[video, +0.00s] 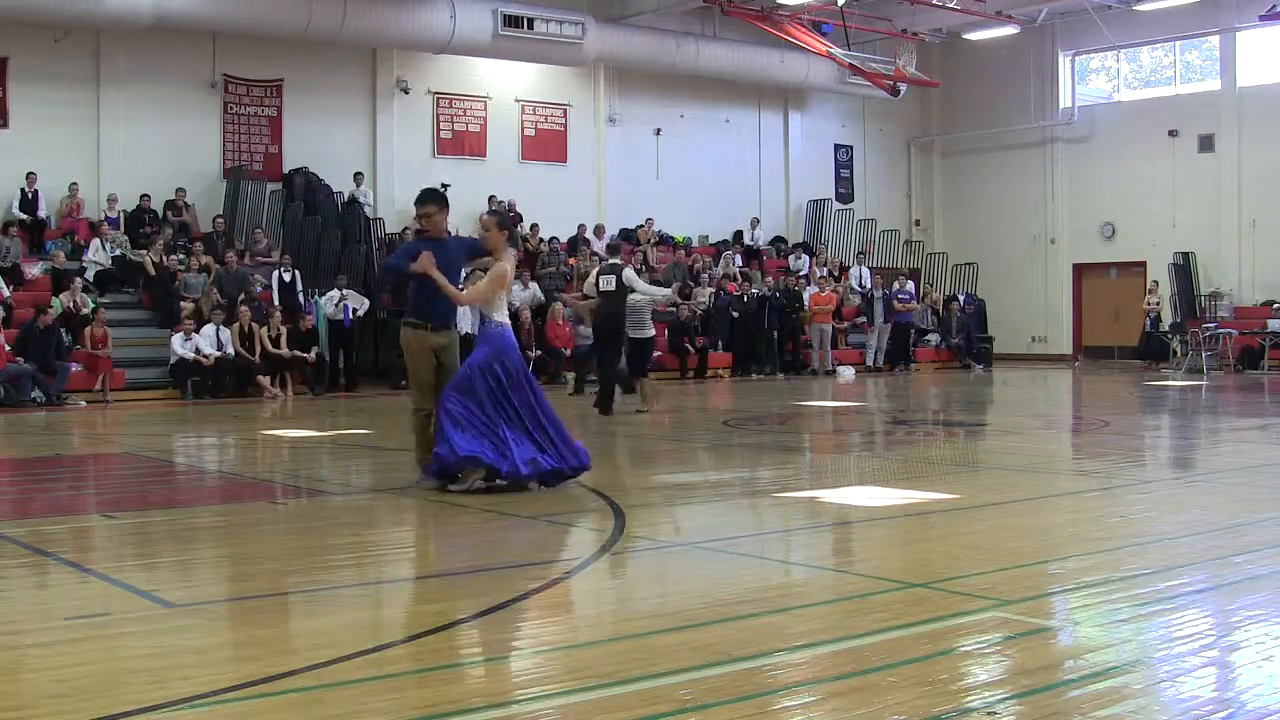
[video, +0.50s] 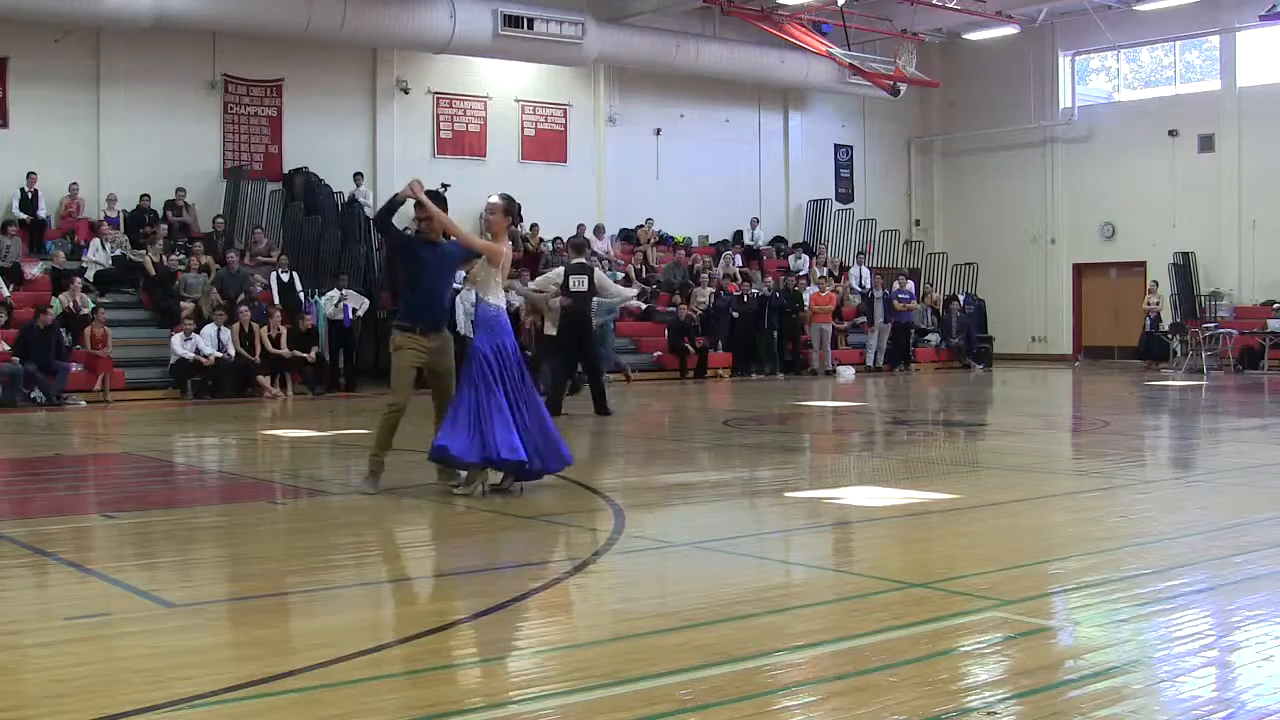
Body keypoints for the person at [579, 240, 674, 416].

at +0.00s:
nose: (626, 255)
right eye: (624, 252)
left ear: (606, 252)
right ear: (621, 253)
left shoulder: (598, 270)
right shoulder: (625, 271)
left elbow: (587, 290)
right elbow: (643, 288)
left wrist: (605, 294)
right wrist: (668, 292)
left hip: (600, 320)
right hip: (616, 320)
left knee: (603, 360)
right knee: (611, 361)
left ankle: (603, 397)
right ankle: (605, 404)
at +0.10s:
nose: (622, 255)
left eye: (621, 251)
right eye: (621, 252)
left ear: (602, 252)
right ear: (617, 253)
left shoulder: (592, 270)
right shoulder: (620, 271)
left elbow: (578, 285)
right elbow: (641, 288)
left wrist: (595, 293)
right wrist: (666, 290)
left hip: (594, 322)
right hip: (611, 323)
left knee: (596, 359)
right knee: (609, 363)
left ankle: (590, 391)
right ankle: (604, 406)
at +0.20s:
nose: (613, 254)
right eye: (612, 251)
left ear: (593, 253)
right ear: (609, 253)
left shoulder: (586, 270)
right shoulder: (615, 271)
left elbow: (568, 285)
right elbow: (636, 287)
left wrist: (586, 293)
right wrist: (659, 289)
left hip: (589, 321)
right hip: (607, 322)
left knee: (582, 357)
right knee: (606, 364)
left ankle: (578, 397)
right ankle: (603, 405)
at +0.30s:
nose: (580, 254)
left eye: (582, 252)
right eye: (581, 251)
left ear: (586, 252)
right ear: (600, 252)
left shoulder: (578, 270)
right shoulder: (609, 271)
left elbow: (560, 285)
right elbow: (630, 289)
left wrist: (578, 294)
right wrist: (652, 290)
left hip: (582, 322)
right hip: (601, 322)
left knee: (572, 359)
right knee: (601, 363)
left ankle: (569, 398)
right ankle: (603, 405)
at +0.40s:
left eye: (577, 256)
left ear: (578, 255)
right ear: (595, 255)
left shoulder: (571, 271)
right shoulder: (602, 273)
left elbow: (549, 284)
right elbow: (622, 291)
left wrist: (568, 294)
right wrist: (644, 291)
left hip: (573, 330)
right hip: (594, 329)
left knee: (566, 367)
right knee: (601, 368)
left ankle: (559, 403)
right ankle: (601, 406)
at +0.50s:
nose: (568, 253)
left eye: (568, 250)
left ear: (569, 251)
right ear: (587, 251)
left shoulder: (561, 272)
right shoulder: (593, 272)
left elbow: (536, 284)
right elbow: (613, 291)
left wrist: (555, 294)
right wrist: (635, 292)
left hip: (565, 327)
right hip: (585, 327)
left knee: (561, 367)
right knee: (593, 367)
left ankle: (553, 407)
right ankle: (601, 407)